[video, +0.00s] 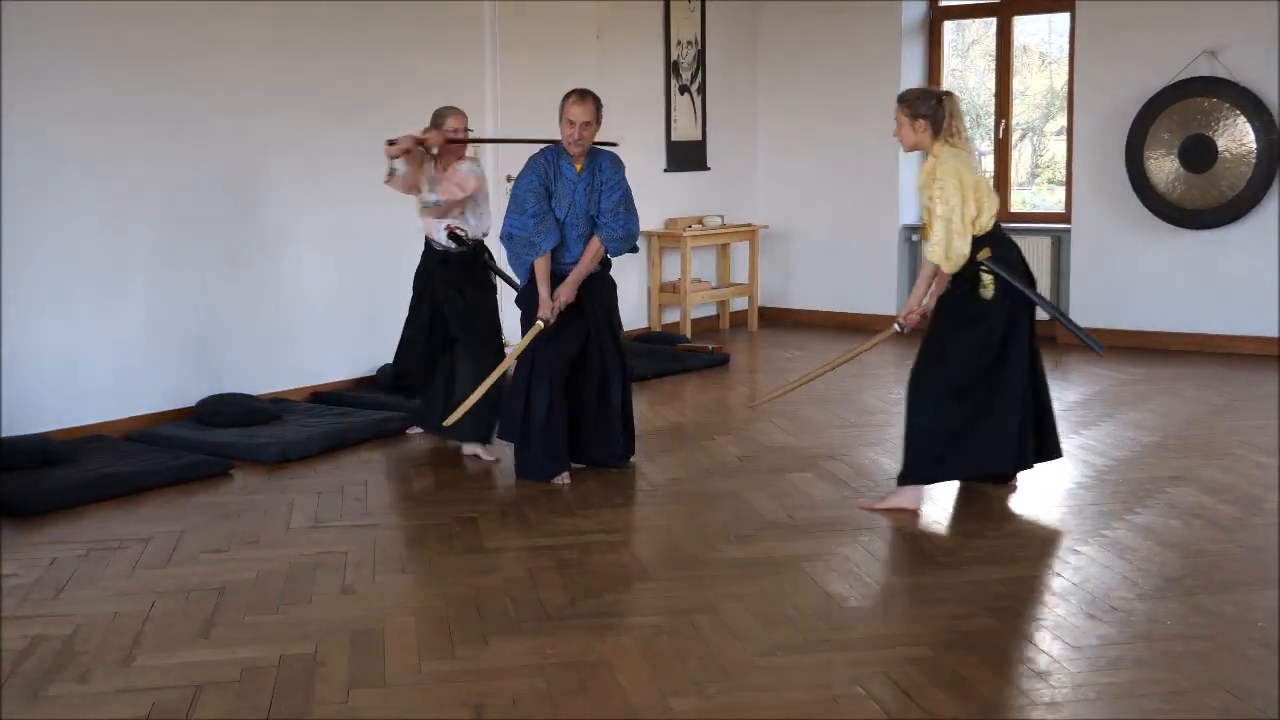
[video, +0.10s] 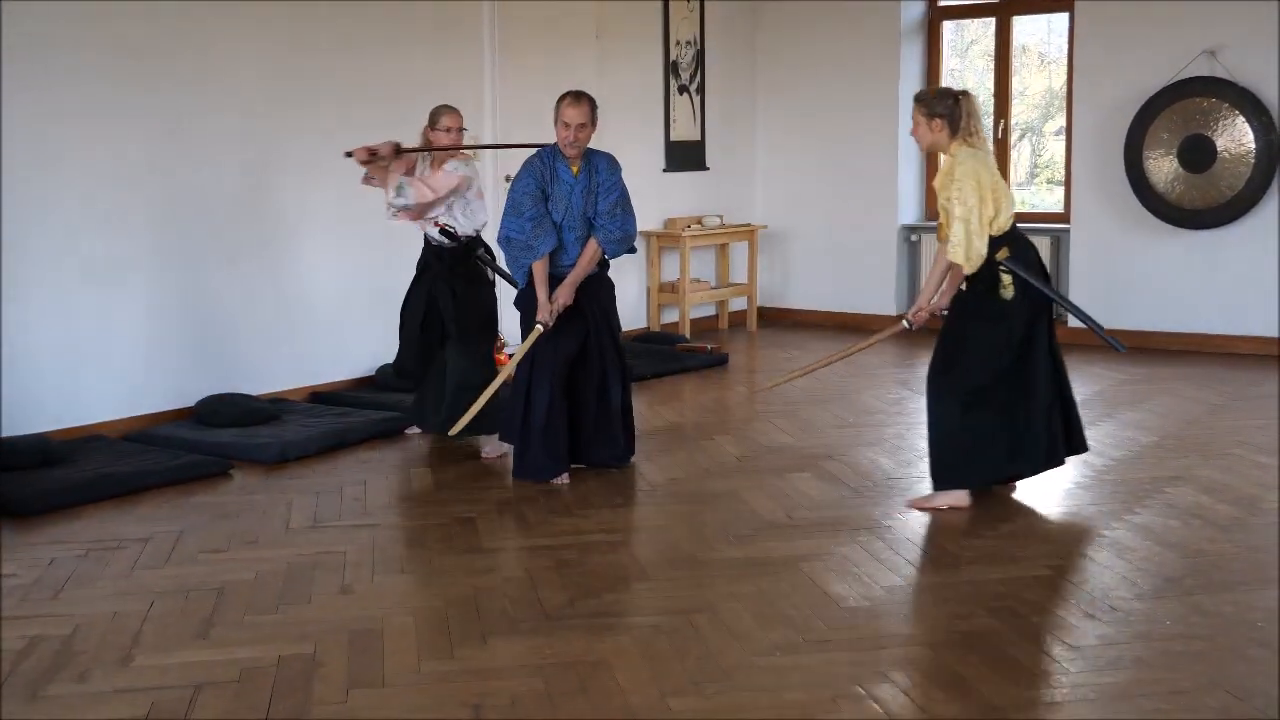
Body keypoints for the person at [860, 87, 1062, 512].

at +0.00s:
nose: (895, 133)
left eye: (899, 124)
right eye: (896, 124)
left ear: (921, 125)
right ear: (928, 125)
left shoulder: (947, 166)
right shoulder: (945, 160)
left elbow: (952, 242)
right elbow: (937, 240)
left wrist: (930, 298)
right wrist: (916, 295)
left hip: (981, 278)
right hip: (999, 271)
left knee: (928, 374)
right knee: (993, 368)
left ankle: (910, 487)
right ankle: (1001, 465)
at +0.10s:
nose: (913, 133)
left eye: (917, 124)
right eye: (913, 125)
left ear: (938, 125)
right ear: (943, 124)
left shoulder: (961, 167)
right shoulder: (966, 161)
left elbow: (966, 246)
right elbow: (949, 241)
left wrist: (944, 296)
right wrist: (925, 298)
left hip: (996, 280)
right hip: (1011, 273)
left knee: (946, 375)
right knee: (996, 370)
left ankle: (953, 487)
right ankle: (1002, 467)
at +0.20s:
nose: (928, 130)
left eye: (932, 122)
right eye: (928, 122)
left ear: (954, 123)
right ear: (957, 122)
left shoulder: (979, 165)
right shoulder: (972, 163)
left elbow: (980, 241)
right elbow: (959, 236)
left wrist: (957, 291)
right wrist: (932, 292)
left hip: (1011, 277)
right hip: (1005, 273)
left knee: (974, 373)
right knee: (980, 372)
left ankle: (997, 482)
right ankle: (993, 478)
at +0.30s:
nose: (944, 128)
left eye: (947, 120)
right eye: (944, 120)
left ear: (969, 121)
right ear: (973, 120)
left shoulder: (995, 163)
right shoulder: (984, 160)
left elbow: (988, 240)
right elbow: (967, 233)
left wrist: (960, 288)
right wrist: (934, 287)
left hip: (1027, 275)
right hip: (1011, 273)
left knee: (1025, 369)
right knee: (977, 360)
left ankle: (1046, 474)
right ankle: (995, 461)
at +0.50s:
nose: (973, 125)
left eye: (977, 117)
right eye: (973, 117)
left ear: (999, 117)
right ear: (1001, 118)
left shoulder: (1024, 161)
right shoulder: (1007, 160)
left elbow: (1004, 233)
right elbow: (980, 226)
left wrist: (960, 276)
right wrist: (934, 269)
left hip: (1047, 270)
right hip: (1033, 268)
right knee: (988, 357)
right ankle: (996, 467)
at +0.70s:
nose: (1005, 121)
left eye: (1009, 113)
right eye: (1005, 114)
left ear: (1033, 114)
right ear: (1035, 115)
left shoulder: (1058, 157)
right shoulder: (1040, 157)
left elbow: (1027, 228)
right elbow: (1005, 218)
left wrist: (976, 265)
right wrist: (953, 254)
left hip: (1074, 270)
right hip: (1054, 268)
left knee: (1071, 367)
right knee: (1004, 356)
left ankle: (1128, 469)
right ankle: (996, 464)